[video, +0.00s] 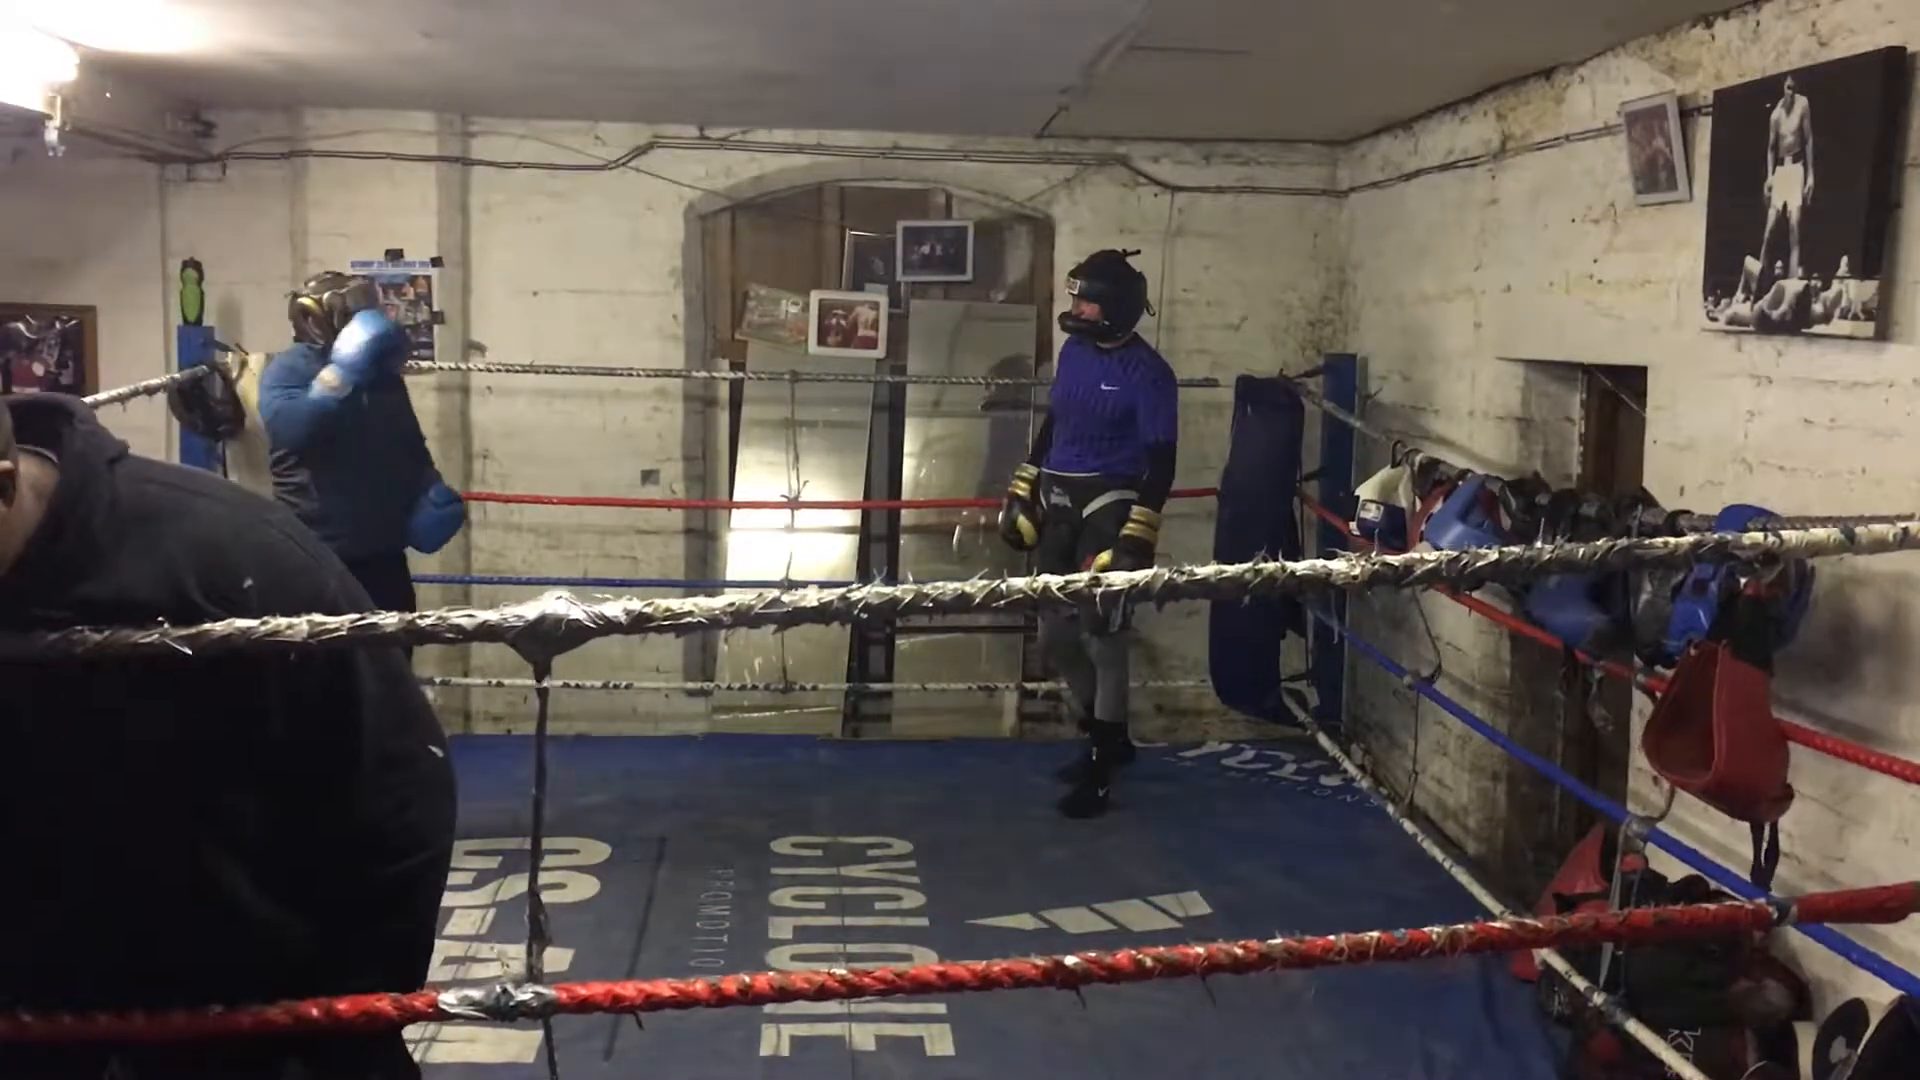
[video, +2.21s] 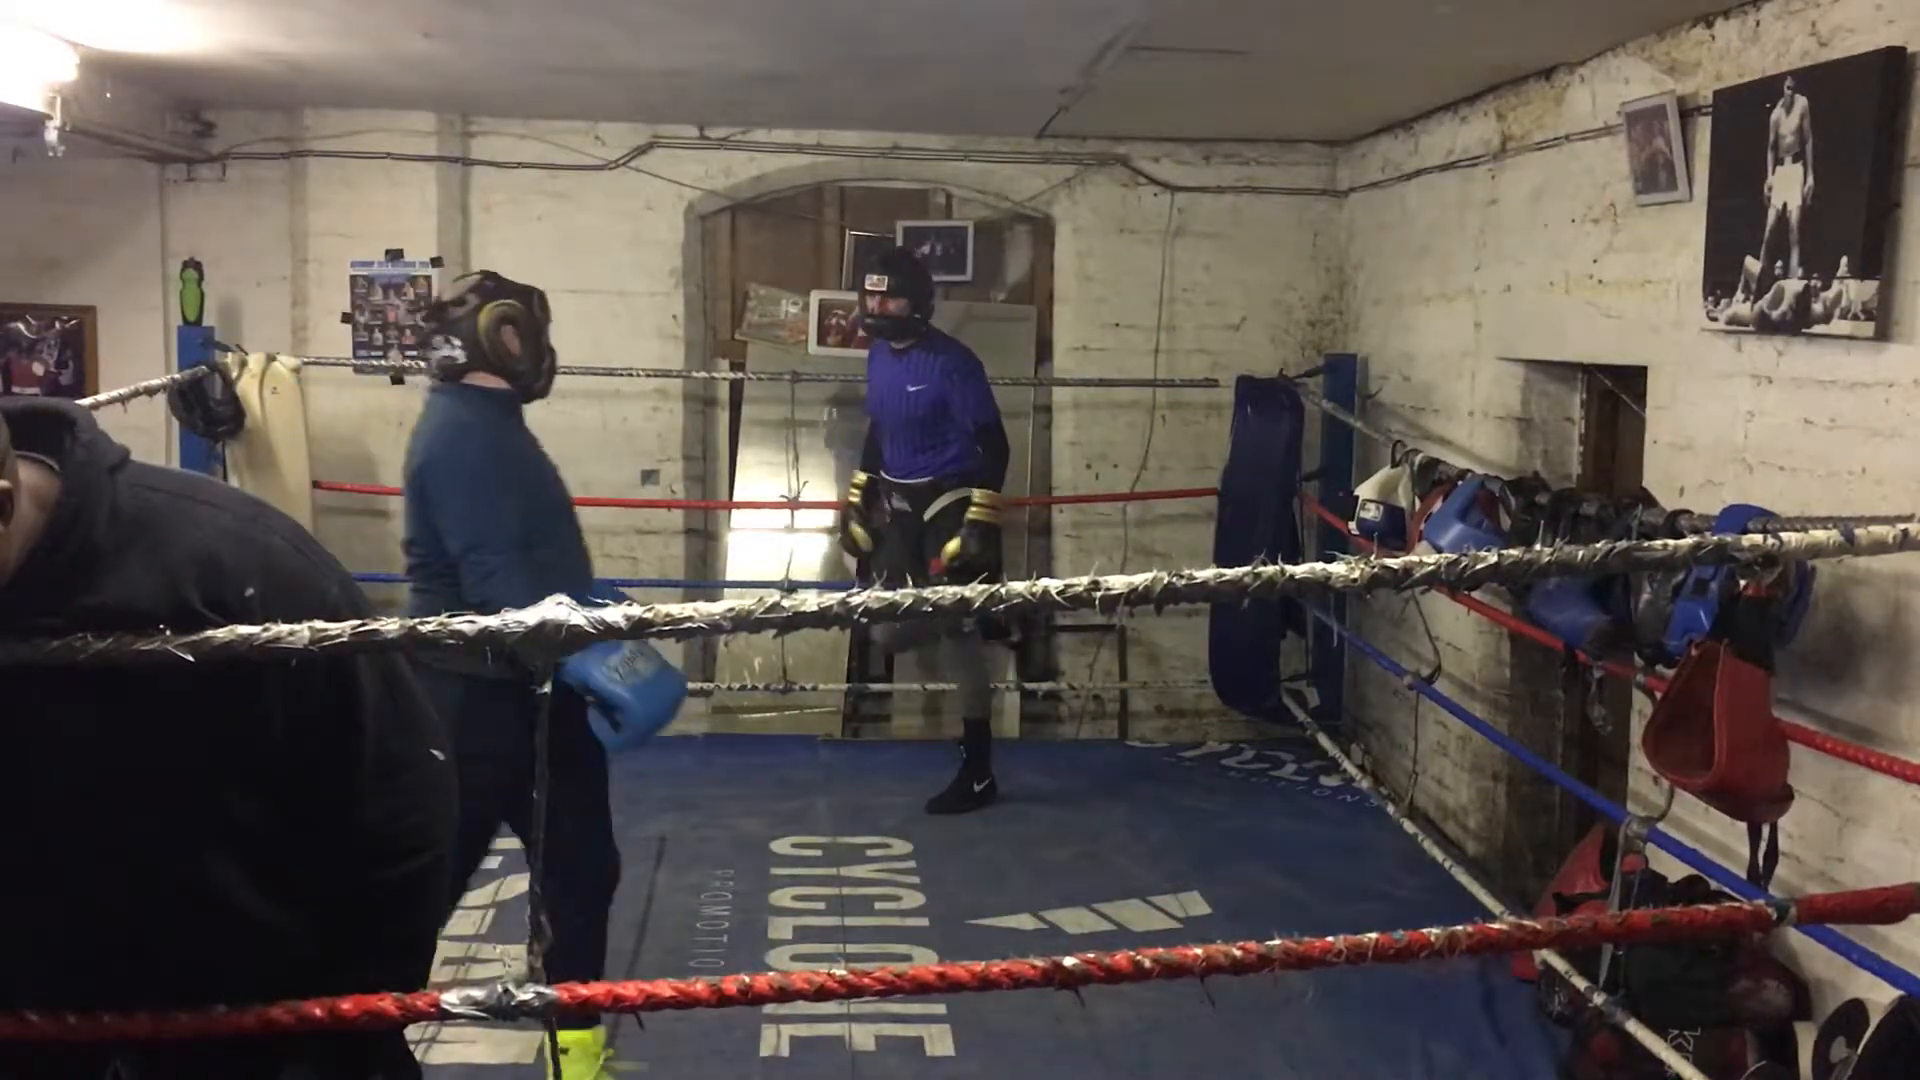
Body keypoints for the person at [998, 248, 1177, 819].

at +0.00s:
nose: (1076, 306)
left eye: (1088, 299)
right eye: (1076, 297)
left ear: (1118, 308)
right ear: (1081, 302)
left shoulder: (1149, 373)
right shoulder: (1073, 352)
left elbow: (1162, 463)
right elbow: (1054, 419)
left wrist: (1139, 537)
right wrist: (1024, 486)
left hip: (1112, 511)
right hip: (1058, 505)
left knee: (1105, 638)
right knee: (1058, 638)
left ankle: (1102, 769)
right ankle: (1102, 740)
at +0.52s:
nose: (1043, 307)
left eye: (1054, 297)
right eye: (1042, 296)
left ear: (1083, 302)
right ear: (1048, 301)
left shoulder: (1125, 367)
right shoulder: (1048, 353)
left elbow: (1141, 454)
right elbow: (1032, 429)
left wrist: (1133, 525)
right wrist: (1000, 495)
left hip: (1096, 505)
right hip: (1038, 500)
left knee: (1093, 630)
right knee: (994, 621)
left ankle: (1096, 771)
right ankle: (1034, 729)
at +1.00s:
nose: (994, 298)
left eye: (1005, 289)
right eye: (993, 289)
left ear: (1033, 295)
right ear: (998, 296)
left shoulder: (1067, 358)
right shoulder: (991, 358)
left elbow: (1078, 448)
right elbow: (978, 434)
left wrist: (1052, 518)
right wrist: (956, 504)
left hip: (1045, 514)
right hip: (992, 511)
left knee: (1063, 632)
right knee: (1007, 634)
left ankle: (1088, 769)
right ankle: (1018, 758)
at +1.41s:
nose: (952, 301)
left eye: (964, 291)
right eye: (949, 291)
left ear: (991, 298)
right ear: (948, 297)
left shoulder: (1026, 356)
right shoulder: (945, 356)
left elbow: (1049, 441)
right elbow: (933, 432)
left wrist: (1030, 516)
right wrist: (911, 503)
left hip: (1007, 502)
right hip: (954, 501)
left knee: (976, 628)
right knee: (978, 631)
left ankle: (1033, 714)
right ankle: (1013, 752)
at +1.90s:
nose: (888, 323)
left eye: (898, 311)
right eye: (884, 311)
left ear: (926, 313)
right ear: (882, 316)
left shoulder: (968, 366)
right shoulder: (901, 369)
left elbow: (1016, 444)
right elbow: (904, 439)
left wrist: (1025, 523)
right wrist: (901, 500)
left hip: (979, 501)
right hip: (931, 505)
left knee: (976, 630)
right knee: (978, 626)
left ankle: (980, 767)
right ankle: (1033, 734)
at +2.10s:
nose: (880, 313)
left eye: (892, 303)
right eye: (876, 302)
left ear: (921, 309)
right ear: (874, 307)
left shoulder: (960, 366)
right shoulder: (884, 361)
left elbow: (1004, 449)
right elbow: (885, 436)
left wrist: (995, 523)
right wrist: (877, 504)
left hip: (962, 507)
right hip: (913, 509)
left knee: (971, 632)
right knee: (932, 630)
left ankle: (979, 769)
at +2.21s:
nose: (873, 305)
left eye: (886, 296)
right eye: (869, 296)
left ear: (915, 302)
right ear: (866, 301)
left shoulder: (953, 362)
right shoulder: (879, 356)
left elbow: (994, 444)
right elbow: (878, 430)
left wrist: (981, 517)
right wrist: (859, 499)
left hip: (951, 507)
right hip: (897, 507)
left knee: (959, 633)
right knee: (891, 634)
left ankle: (978, 769)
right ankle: (965, 609)